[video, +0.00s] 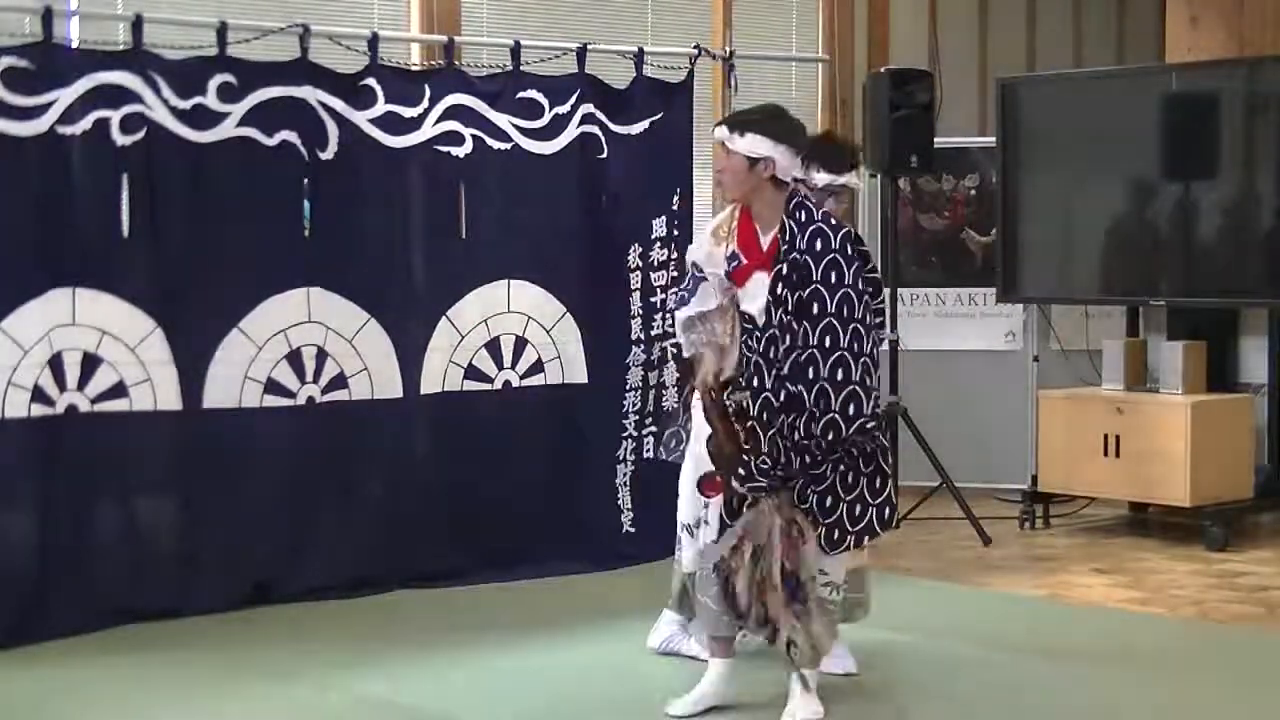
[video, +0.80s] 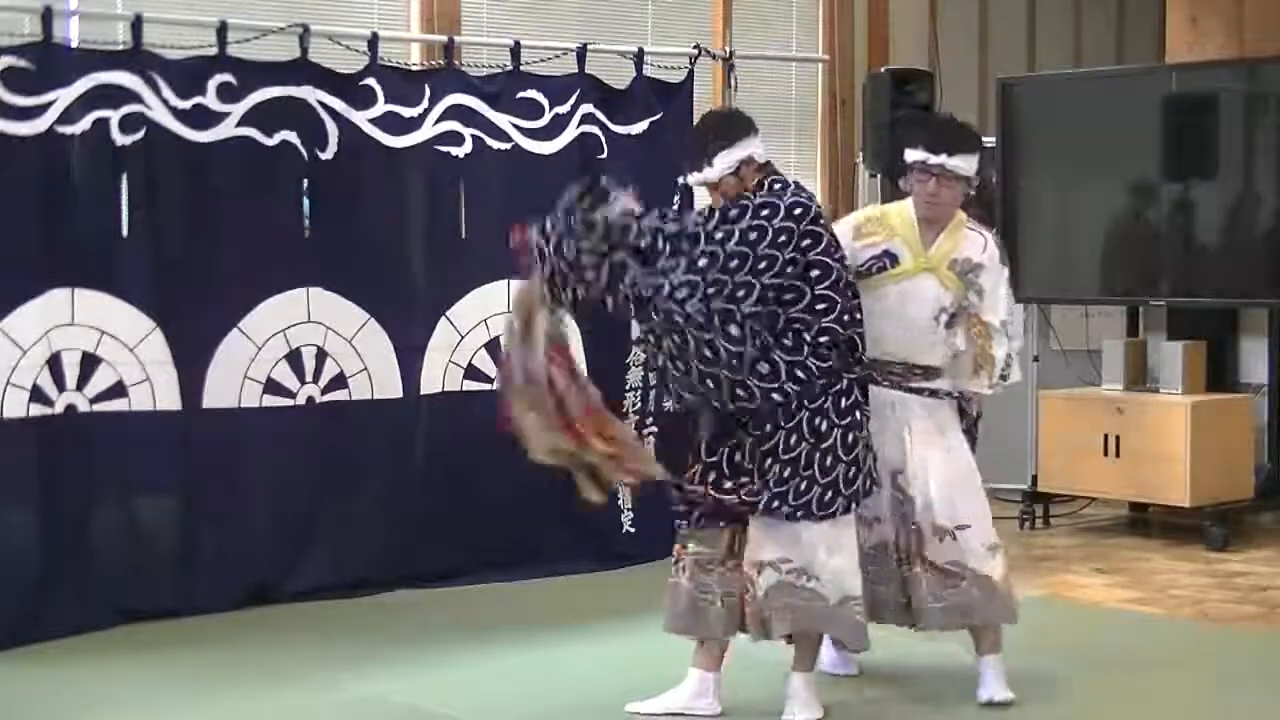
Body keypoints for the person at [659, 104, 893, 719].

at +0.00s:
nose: (716, 170)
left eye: (725, 160)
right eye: (717, 158)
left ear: (762, 168)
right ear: (748, 166)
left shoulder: (820, 240)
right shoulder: (730, 233)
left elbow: (843, 347)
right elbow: (694, 316)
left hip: (799, 417)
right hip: (730, 408)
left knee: (799, 547)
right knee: (713, 535)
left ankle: (804, 683)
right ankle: (719, 668)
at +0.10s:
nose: (715, 170)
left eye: (724, 160)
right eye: (716, 158)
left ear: (761, 168)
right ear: (745, 165)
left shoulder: (816, 239)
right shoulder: (735, 232)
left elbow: (836, 349)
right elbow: (712, 314)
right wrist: (717, 355)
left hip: (807, 418)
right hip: (744, 408)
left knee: (811, 548)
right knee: (715, 530)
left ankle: (805, 686)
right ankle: (714, 670)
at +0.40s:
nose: (699, 175)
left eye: (708, 164)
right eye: (698, 162)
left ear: (746, 170)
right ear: (730, 169)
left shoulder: (798, 237)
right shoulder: (729, 235)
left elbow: (806, 355)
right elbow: (716, 334)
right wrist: (695, 399)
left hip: (799, 429)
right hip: (749, 421)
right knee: (733, 551)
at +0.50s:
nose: (702, 181)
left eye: (711, 169)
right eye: (698, 169)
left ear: (749, 168)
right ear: (714, 170)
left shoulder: (790, 232)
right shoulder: (733, 232)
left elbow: (790, 348)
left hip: (788, 427)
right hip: (745, 421)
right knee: (761, 553)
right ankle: (807, 692)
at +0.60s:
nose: (709, 186)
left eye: (717, 172)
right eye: (704, 174)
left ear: (752, 165)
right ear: (719, 169)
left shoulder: (789, 221)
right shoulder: (744, 226)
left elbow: (771, 331)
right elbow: (718, 302)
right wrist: (670, 334)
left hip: (814, 418)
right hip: (754, 415)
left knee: (805, 549)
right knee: (722, 538)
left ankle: (803, 687)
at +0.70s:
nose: (715, 193)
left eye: (722, 179)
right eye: (709, 182)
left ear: (754, 166)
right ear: (714, 171)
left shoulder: (787, 219)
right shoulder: (757, 218)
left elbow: (747, 312)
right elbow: (716, 270)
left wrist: (667, 306)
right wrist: (657, 287)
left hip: (811, 419)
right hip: (750, 414)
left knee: (805, 550)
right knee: (714, 536)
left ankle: (804, 686)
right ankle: (702, 683)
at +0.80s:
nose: (711, 193)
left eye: (715, 179)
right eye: (706, 183)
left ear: (745, 164)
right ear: (741, 166)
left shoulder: (786, 210)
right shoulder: (727, 218)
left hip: (804, 414)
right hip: (733, 410)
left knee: (800, 547)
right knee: (714, 541)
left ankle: (801, 688)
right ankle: (702, 683)